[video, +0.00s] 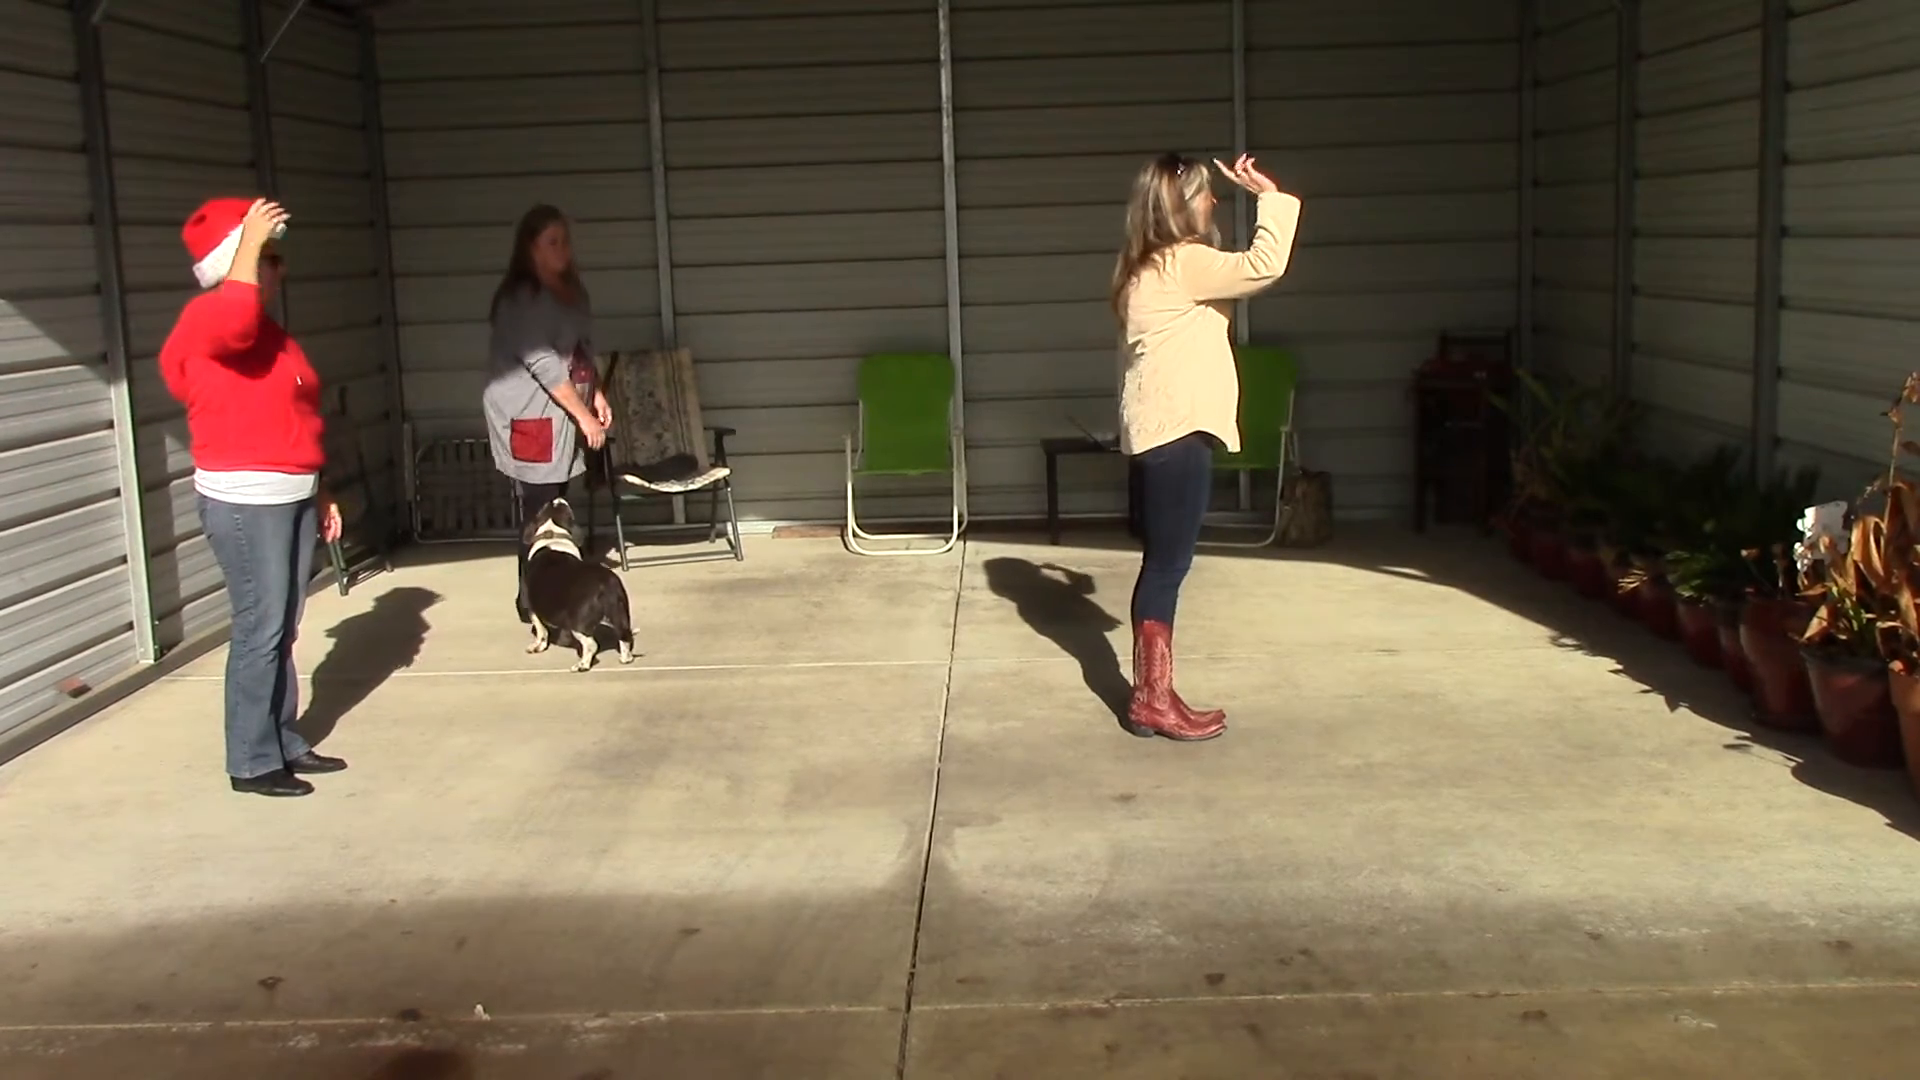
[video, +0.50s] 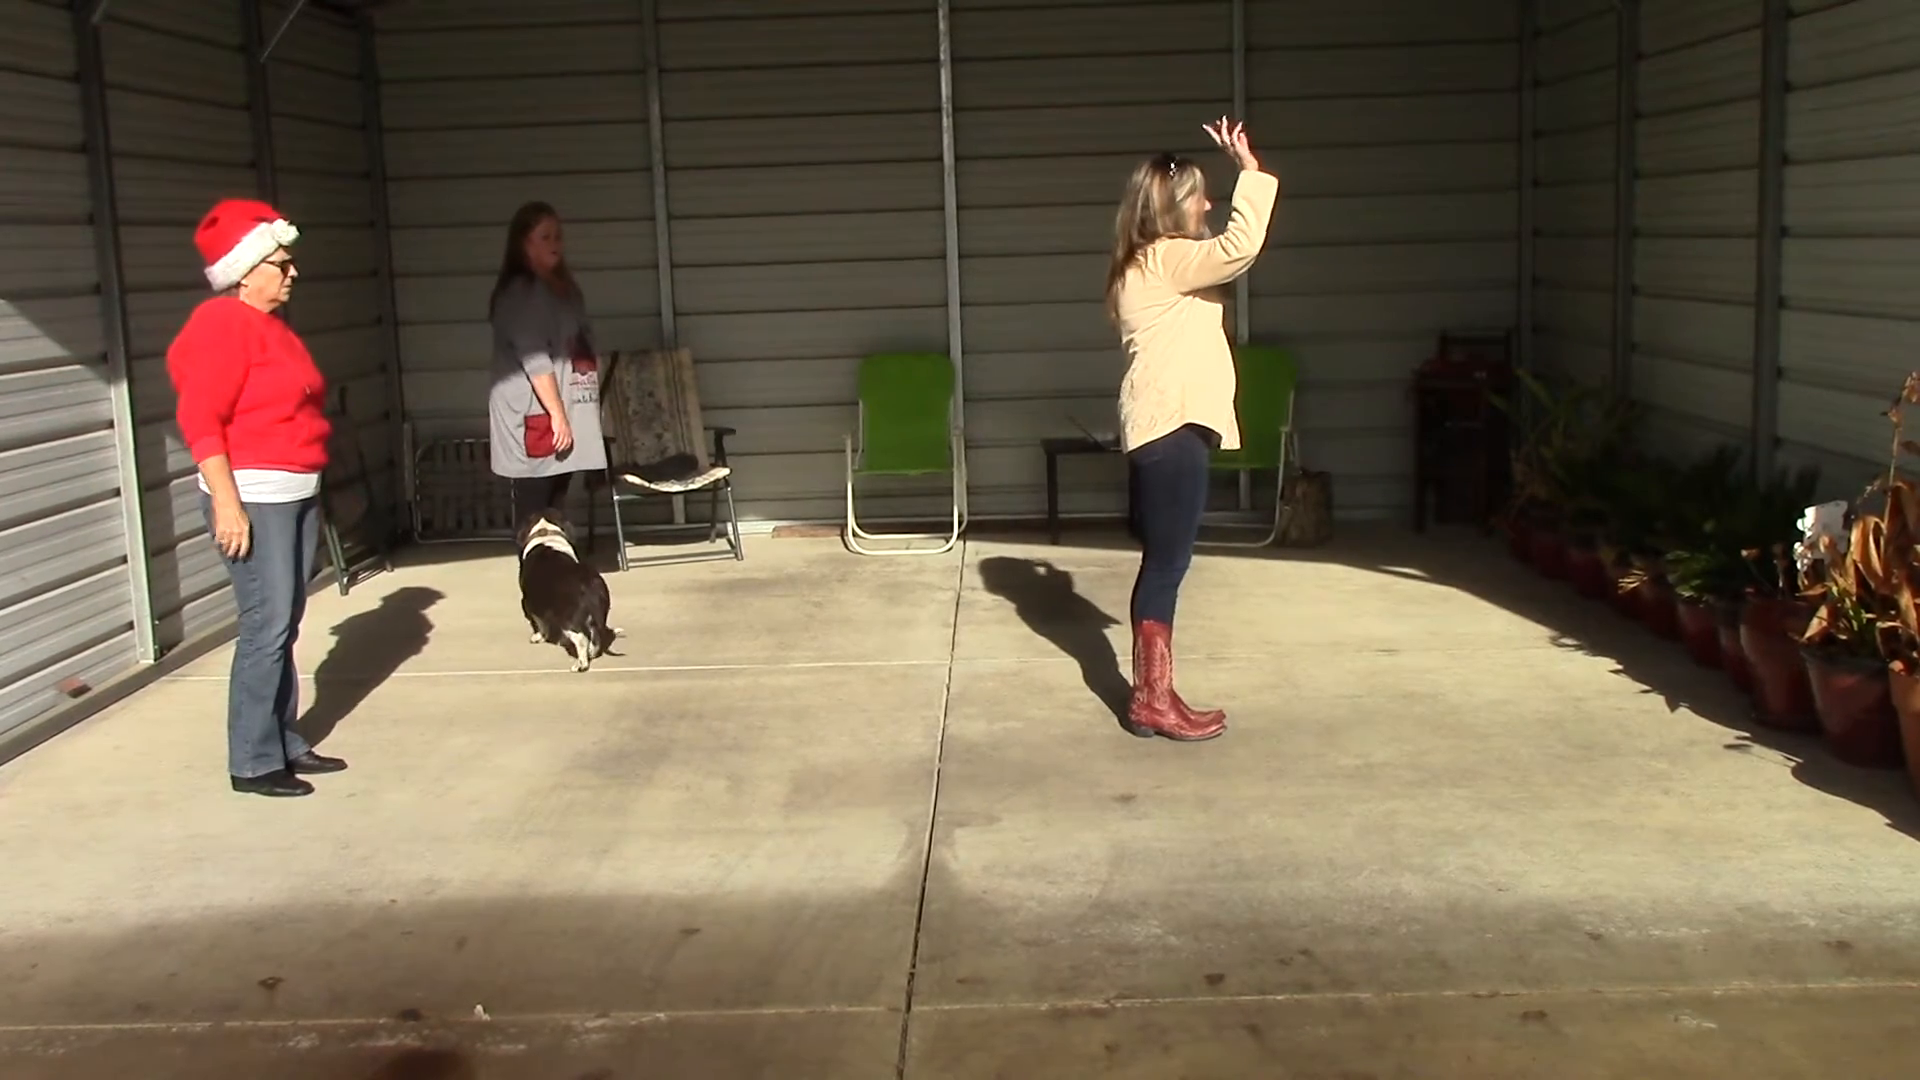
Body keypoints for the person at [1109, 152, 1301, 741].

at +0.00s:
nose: (1214, 213)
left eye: (1214, 202)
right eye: (1208, 203)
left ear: (1160, 205)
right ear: (1186, 205)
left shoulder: (1143, 270)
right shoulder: (1183, 262)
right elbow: (1265, 265)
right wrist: (1274, 198)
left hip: (1154, 432)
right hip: (1181, 431)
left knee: (1161, 562)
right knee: (1167, 565)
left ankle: (1153, 697)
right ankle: (1152, 700)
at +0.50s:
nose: (1209, 206)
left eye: (1206, 196)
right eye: (1200, 197)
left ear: (1164, 206)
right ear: (1171, 205)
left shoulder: (1147, 265)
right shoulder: (1163, 258)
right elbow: (1239, 248)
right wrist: (1254, 175)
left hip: (1162, 428)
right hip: (1174, 428)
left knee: (1163, 558)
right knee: (1167, 559)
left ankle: (1153, 694)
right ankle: (1152, 699)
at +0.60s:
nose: (1208, 208)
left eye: (1206, 198)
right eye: (1199, 198)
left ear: (1161, 204)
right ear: (1171, 204)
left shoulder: (1147, 263)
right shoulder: (1161, 257)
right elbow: (1234, 247)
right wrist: (1247, 172)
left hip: (1161, 427)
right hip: (1173, 427)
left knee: (1163, 559)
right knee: (1167, 560)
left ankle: (1153, 695)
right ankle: (1152, 699)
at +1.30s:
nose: (1227, 212)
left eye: (1226, 201)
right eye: (1219, 201)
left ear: (1183, 205)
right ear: (1190, 205)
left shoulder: (1160, 263)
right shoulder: (1175, 259)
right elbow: (1248, 262)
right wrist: (1274, 191)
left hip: (1168, 427)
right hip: (1175, 427)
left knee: (1166, 561)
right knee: (1167, 563)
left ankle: (1156, 697)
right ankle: (1151, 700)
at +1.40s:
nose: (1230, 218)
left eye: (1230, 208)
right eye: (1222, 208)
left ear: (1180, 208)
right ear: (1192, 209)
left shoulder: (1156, 268)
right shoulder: (1183, 263)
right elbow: (1252, 274)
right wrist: (1287, 205)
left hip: (1158, 434)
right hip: (1183, 433)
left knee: (1173, 557)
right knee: (1207, 560)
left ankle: (1147, 690)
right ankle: (1157, 692)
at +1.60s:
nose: (1243, 234)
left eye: (1243, 223)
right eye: (1235, 223)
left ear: (1198, 223)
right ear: (1204, 222)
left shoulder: (1163, 277)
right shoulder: (1193, 271)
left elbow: (1177, 348)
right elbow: (1266, 272)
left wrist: (1226, 330)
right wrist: (1310, 206)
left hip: (1167, 451)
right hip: (1199, 447)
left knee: (1205, 561)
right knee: (1284, 542)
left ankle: (1154, 689)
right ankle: (1217, 668)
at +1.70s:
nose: (1251, 240)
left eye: (1251, 230)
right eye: (1245, 228)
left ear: (1199, 221)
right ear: (1219, 223)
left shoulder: (1170, 280)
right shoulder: (1201, 271)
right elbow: (1277, 259)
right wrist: (1320, 192)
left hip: (1175, 452)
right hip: (1208, 446)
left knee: (1213, 567)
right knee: (1301, 540)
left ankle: (1155, 687)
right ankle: (1278, 679)